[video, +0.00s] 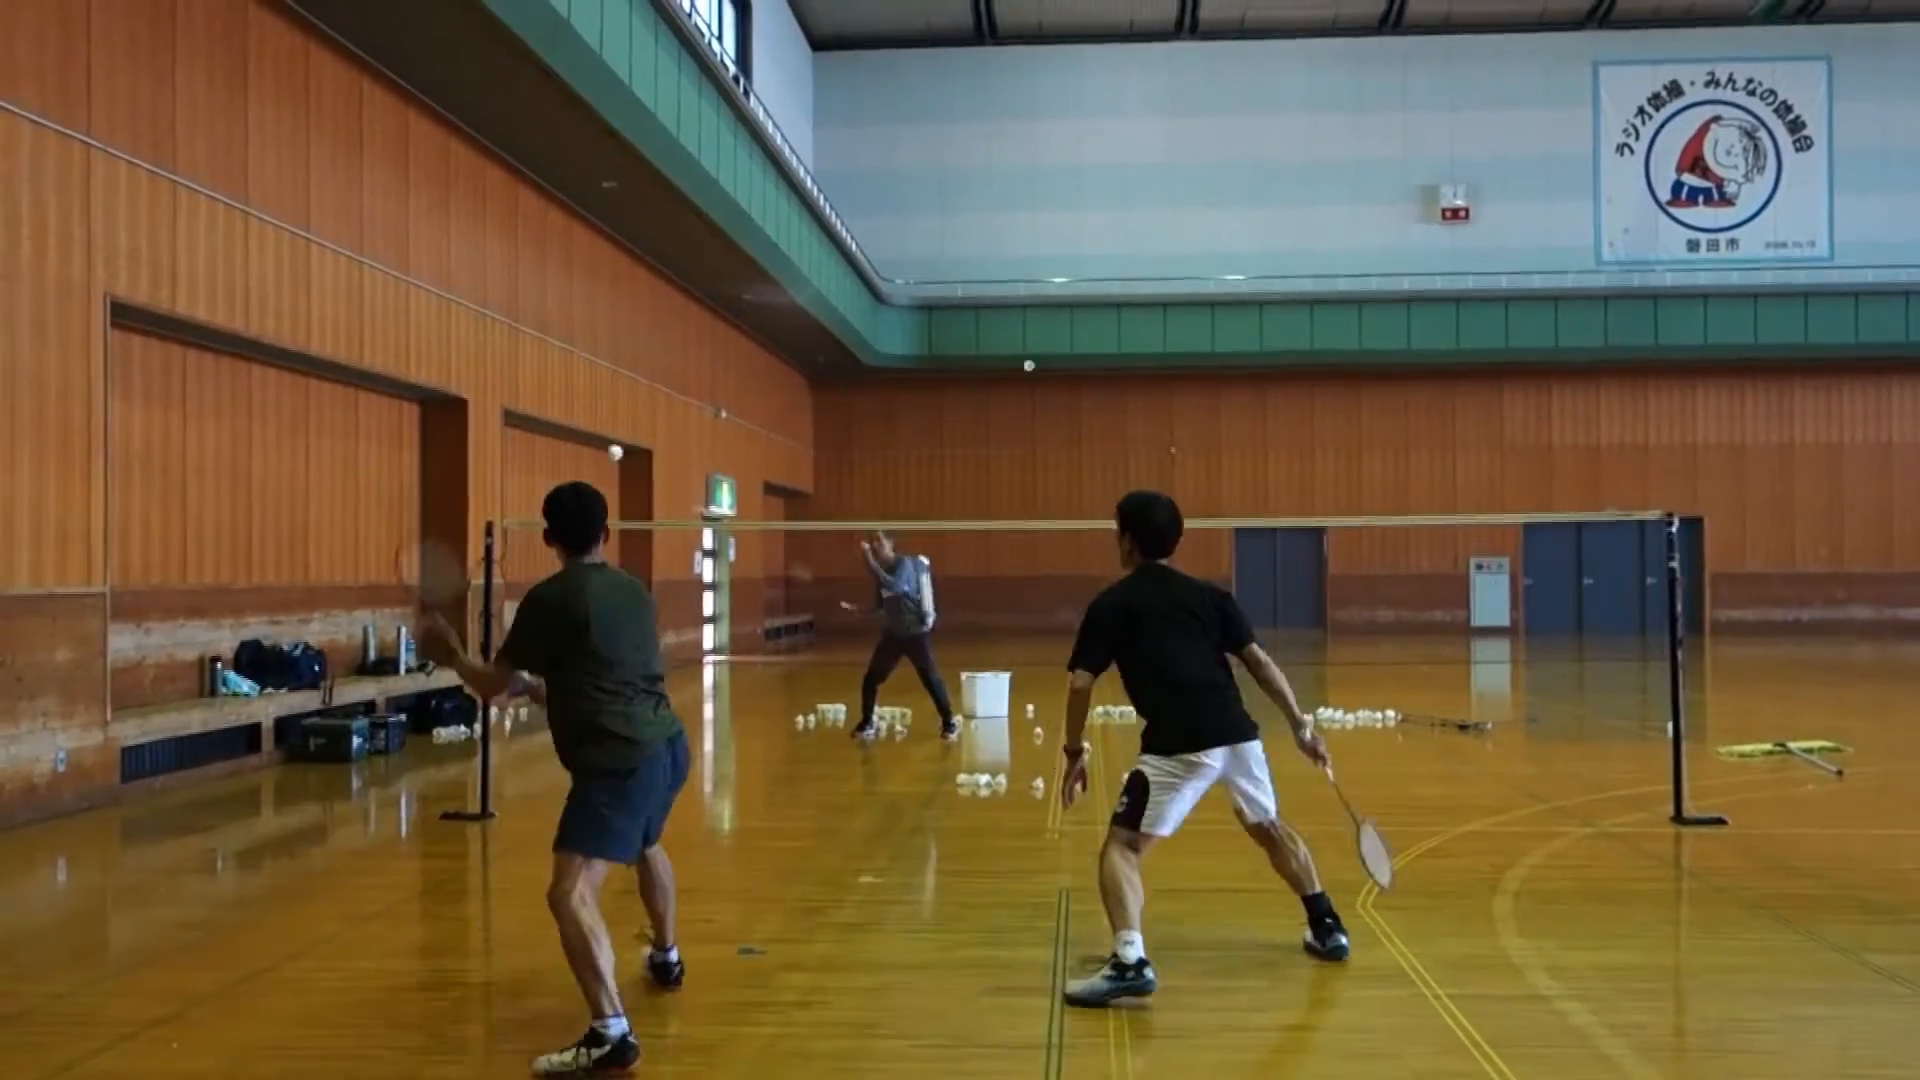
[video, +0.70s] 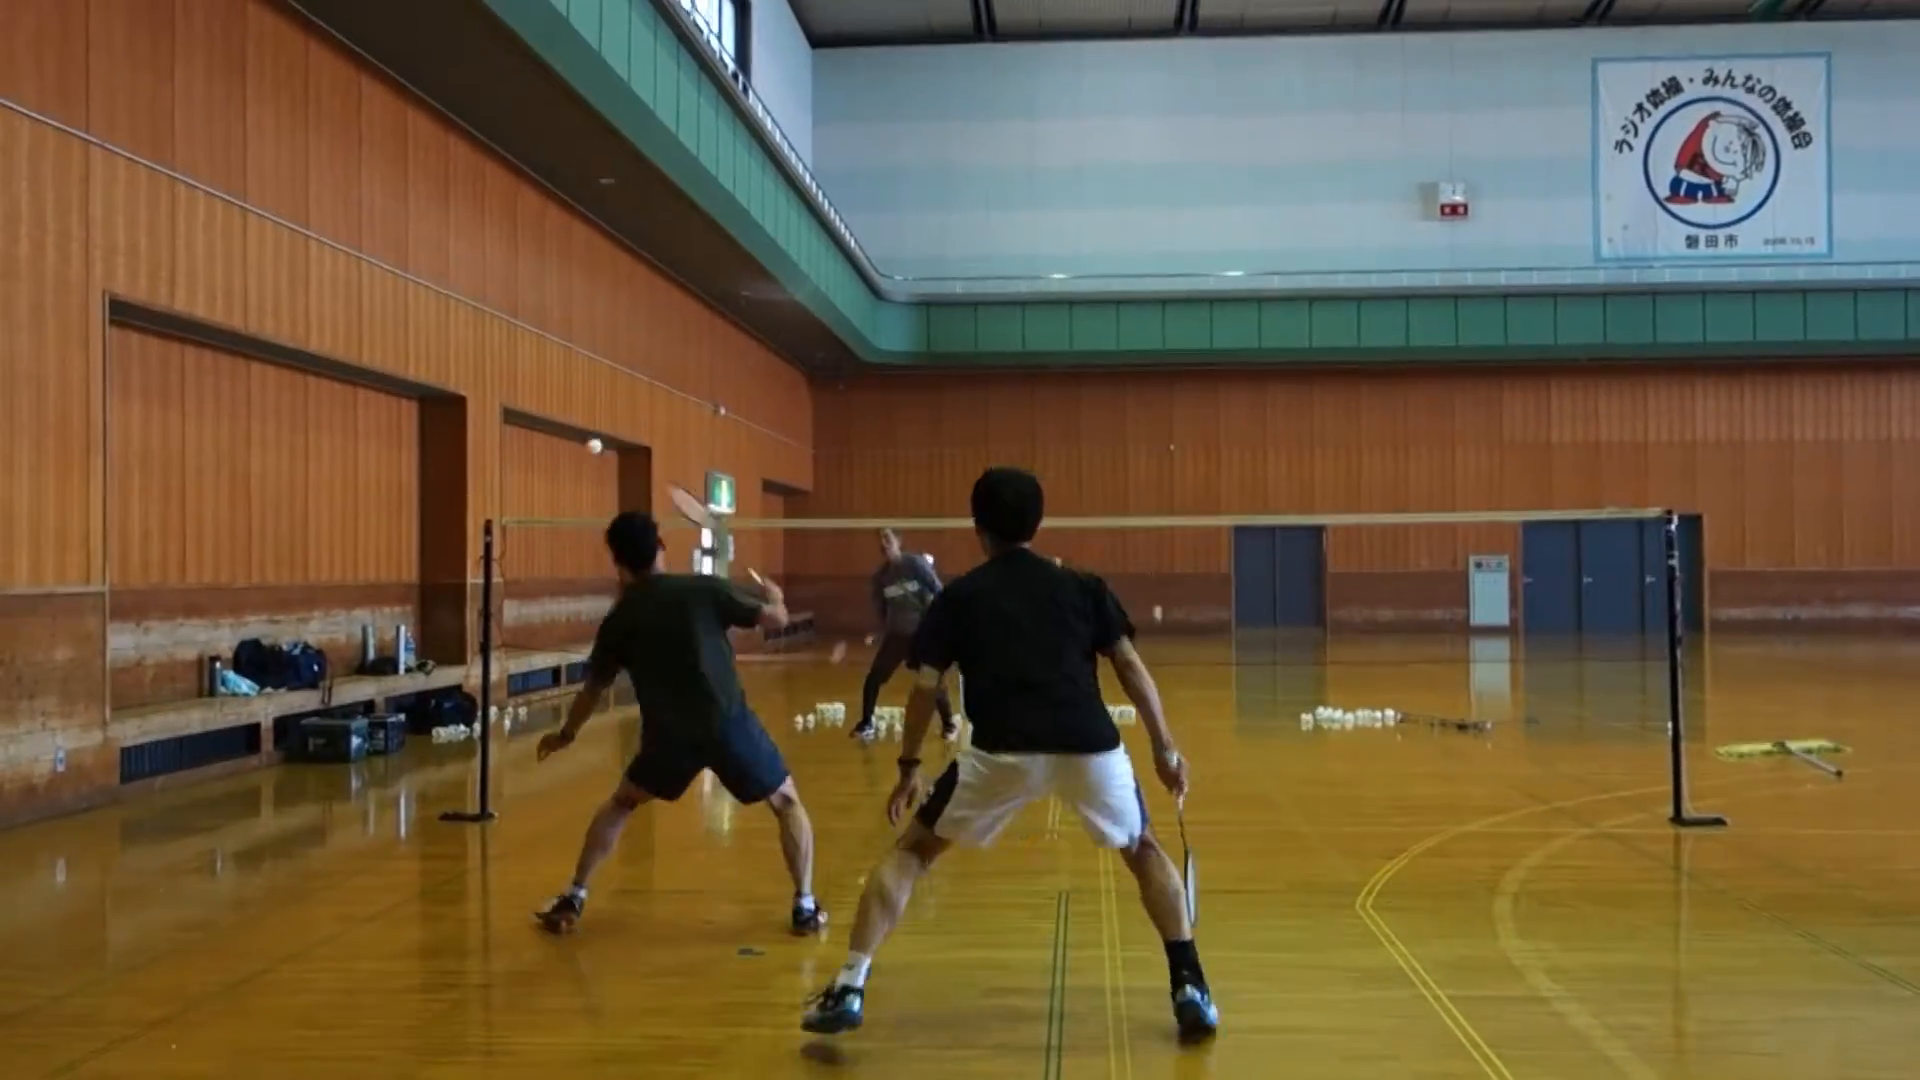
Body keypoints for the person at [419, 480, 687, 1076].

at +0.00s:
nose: (545, 535)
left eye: (545, 526)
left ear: (549, 535)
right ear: (603, 531)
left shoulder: (550, 599)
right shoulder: (634, 589)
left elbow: (491, 686)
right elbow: (615, 681)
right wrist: (538, 690)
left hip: (616, 765)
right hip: (668, 749)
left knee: (570, 894)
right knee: (644, 844)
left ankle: (611, 1031)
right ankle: (665, 956)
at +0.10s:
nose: (568, 526)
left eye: (570, 519)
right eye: (577, 517)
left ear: (574, 528)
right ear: (625, 524)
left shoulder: (574, 583)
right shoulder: (648, 577)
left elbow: (511, 638)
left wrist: (438, 628)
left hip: (627, 746)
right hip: (676, 734)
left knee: (561, 858)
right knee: (639, 814)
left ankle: (610, 974)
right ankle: (673, 923)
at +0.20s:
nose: (582, 532)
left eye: (584, 526)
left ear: (587, 534)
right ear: (635, 535)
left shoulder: (599, 585)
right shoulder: (650, 581)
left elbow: (564, 633)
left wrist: (483, 659)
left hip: (638, 736)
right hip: (680, 729)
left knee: (561, 846)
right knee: (630, 804)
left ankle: (600, 977)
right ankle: (657, 914)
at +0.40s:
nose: (601, 529)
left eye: (602, 523)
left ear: (604, 530)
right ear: (652, 527)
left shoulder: (609, 579)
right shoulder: (685, 578)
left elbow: (594, 637)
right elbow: (704, 645)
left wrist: (561, 697)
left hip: (655, 717)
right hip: (708, 715)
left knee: (587, 817)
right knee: (665, 795)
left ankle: (620, 911)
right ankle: (651, 904)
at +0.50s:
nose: (617, 534)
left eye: (617, 528)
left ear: (620, 531)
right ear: (667, 528)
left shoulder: (617, 579)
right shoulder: (706, 574)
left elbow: (607, 639)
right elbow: (738, 650)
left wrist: (585, 712)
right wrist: (741, 705)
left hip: (660, 710)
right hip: (720, 705)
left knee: (605, 789)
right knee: (716, 787)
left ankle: (608, 897)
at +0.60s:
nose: (634, 545)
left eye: (635, 539)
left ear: (639, 545)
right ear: (684, 540)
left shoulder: (630, 599)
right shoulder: (717, 588)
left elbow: (610, 679)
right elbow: (760, 649)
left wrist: (590, 734)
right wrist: (771, 690)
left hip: (661, 727)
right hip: (723, 723)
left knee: (610, 804)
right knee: (770, 805)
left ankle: (576, 903)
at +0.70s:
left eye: (616, 556)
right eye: (660, 545)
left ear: (617, 560)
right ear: (661, 550)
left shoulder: (620, 620)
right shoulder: (703, 589)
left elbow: (592, 690)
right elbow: (774, 619)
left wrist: (565, 734)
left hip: (669, 736)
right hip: (730, 726)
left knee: (622, 804)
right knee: (787, 804)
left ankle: (575, 895)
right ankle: (805, 902)